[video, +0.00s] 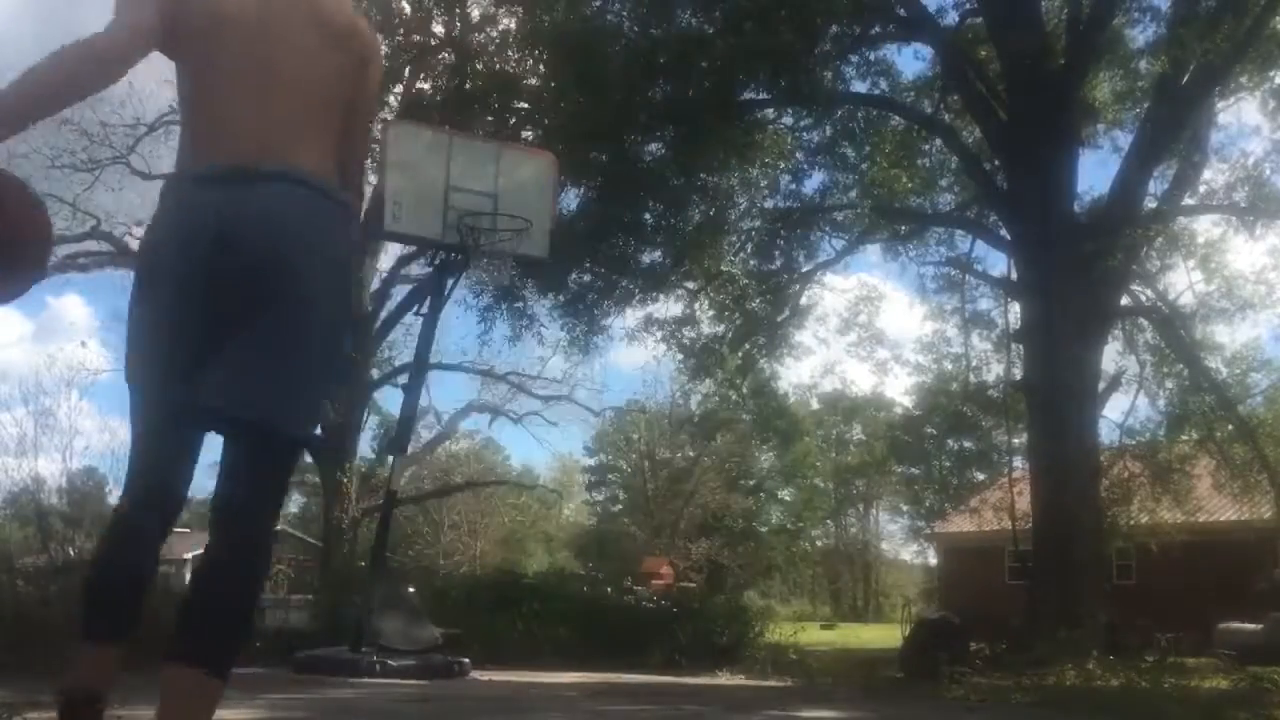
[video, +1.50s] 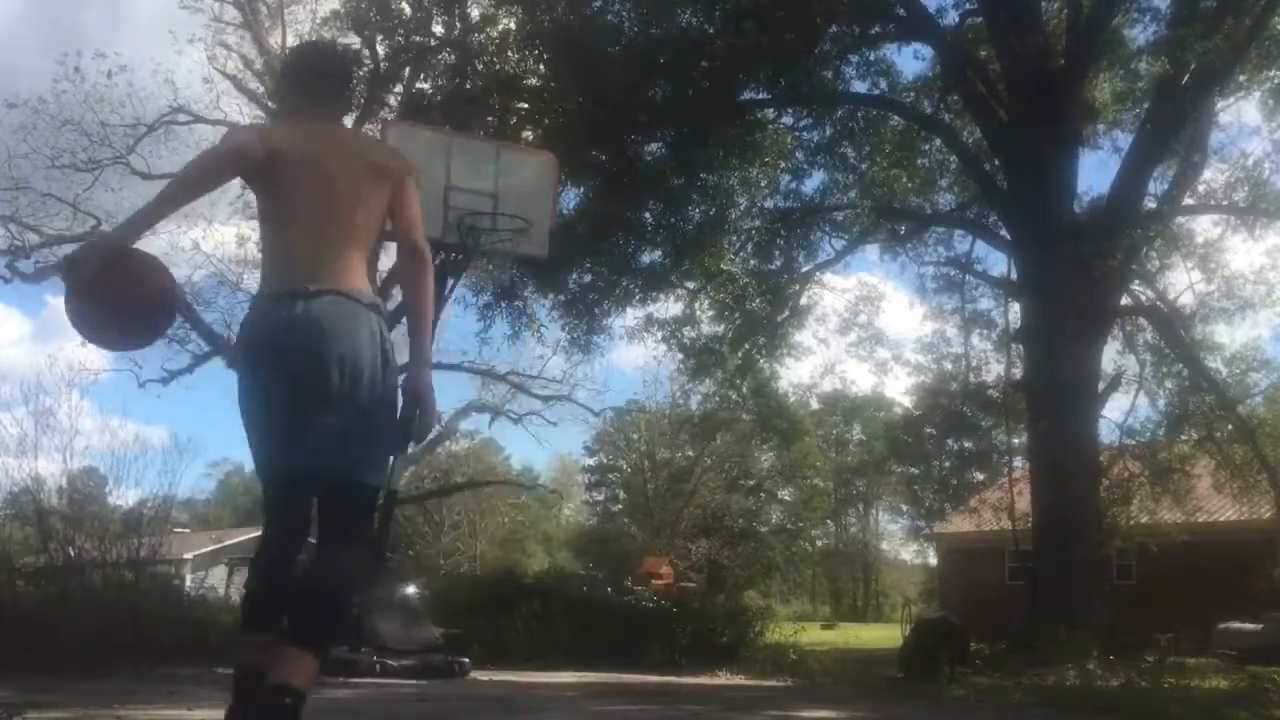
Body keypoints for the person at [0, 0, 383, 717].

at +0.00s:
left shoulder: (188, 5)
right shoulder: (359, 34)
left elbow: (103, 55)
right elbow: (351, 174)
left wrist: (0, 123)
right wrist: (341, 281)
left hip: (195, 220)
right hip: (311, 237)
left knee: (152, 489)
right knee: (244, 519)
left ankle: (82, 701)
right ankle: (184, 711)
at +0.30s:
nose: (131, 137)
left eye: (129, 127)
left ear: (132, 128)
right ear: (207, 133)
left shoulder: (94, 181)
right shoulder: (261, 197)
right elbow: (251, 304)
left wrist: (7, 392)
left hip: (102, 351)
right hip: (213, 378)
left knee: (28, 536)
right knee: (121, 566)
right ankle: (100, 699)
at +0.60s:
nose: (379, 140)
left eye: (377, 130)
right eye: (378, 128)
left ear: (294, 118)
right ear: (365, 125)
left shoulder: (246, 164)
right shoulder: (389, 176)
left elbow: (161, 261)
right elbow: (479, 316)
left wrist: (181, 349)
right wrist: (519, 411)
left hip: (205, 324)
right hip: (310, 339)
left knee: (150, 564)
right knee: (296, 583)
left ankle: (27, 697)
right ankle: (280, 715)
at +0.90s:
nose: (440, 79)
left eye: (401, 66)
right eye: (460, 68)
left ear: (396, 63)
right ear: (467, 65)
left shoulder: (351, 128)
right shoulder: (510, 126)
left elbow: (292, 241)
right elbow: (525, 243)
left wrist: (278, 376)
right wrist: (569, 374)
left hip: (354, 317)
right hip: (459, 316)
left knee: (327, 519)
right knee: (515, 532)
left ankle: (266, 705)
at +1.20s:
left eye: (375, 141)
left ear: (376, 144)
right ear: (441, 142)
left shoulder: (339, 215)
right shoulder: (489, 209)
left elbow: (330, 322)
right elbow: (503, 325)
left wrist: (305, 442)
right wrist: (498, 400)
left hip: (377, 400)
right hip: (474, 393)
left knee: (395, 568)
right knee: (531, 575)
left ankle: (387, 708)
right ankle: (580, 708)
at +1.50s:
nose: (275, 104)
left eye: (278, 93)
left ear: (285, 92)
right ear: (348, 98)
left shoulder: (264, 138)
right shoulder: (392, 161)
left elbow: (187, 185)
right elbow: (417, 254)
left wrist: (116, 238)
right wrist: (422, 368)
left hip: (272, 331)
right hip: (355, 337)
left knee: (283, 521)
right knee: (346, 533)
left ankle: (250, 692)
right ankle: (284, 696)